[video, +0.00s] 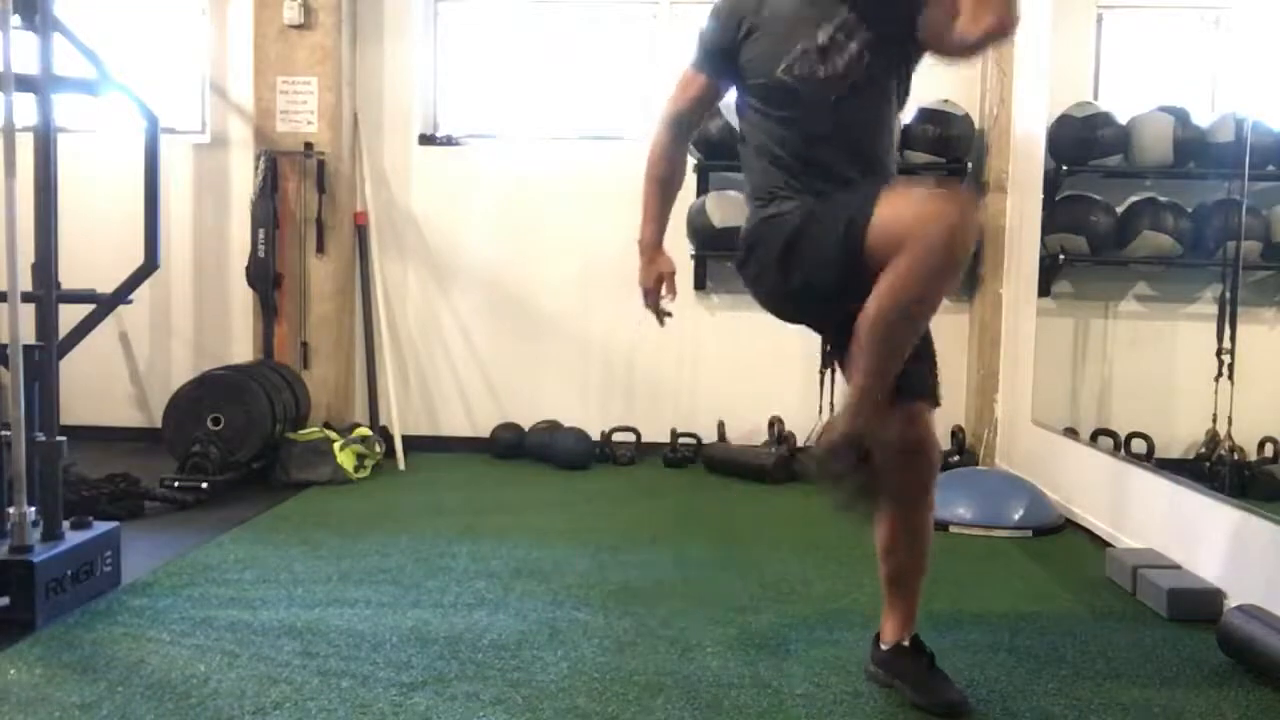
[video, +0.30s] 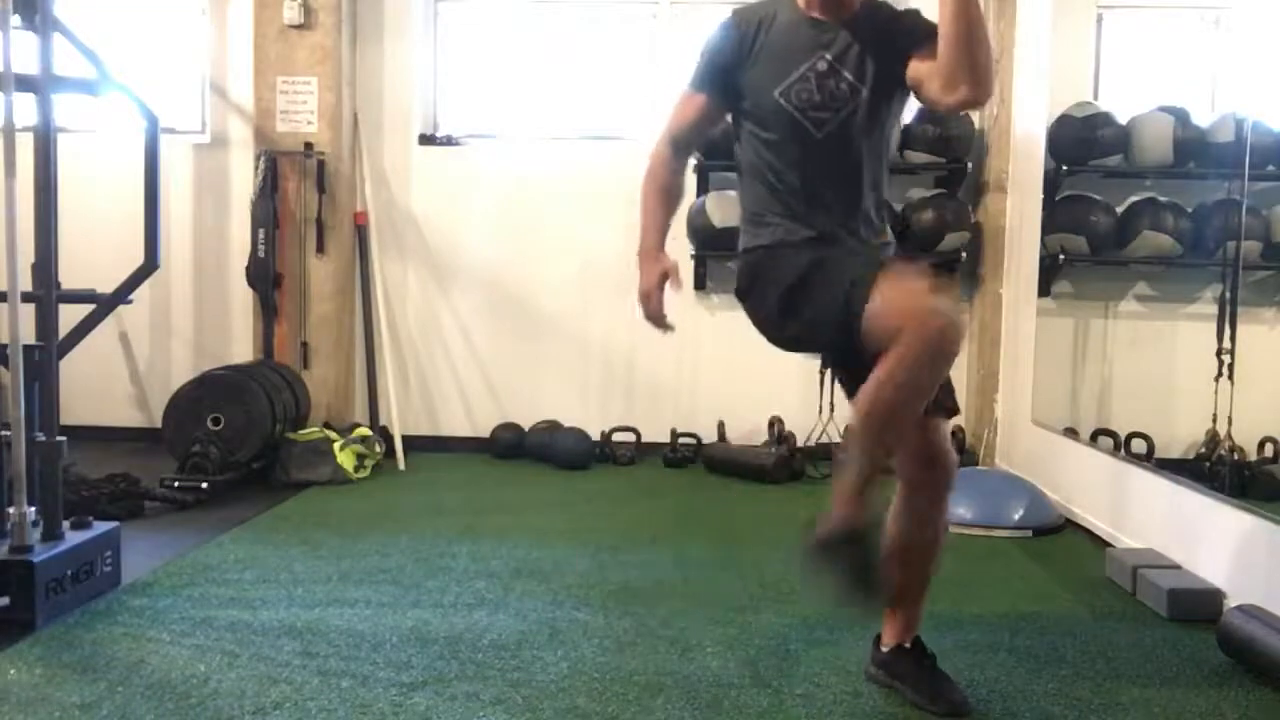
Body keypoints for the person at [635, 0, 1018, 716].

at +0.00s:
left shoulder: (903, 8)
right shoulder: (747, 11)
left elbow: (974, 26)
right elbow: (676, 122)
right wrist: (651, 243)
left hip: (875, 238)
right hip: (783, 231)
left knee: (909, 441)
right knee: (946, 213)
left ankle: (896, 643)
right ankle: (851, 428)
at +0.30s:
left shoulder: (890, 28)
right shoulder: (748, 29)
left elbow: (967, 86)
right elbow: (673, 144)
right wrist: (651, 248)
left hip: (866, 261)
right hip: (780, 256)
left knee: (931, 464)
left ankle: (897, 646)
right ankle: (841, 522)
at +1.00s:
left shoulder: (669, 24)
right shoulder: (524, 8)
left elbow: (707, 143)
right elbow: (413, 19)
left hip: (627, 262)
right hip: (527, 259)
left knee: (681, 466)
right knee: (462, 458)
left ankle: (719, 637)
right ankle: (419, 646)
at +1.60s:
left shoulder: (569, 19)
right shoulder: (417, 14)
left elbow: (666, 115)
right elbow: (327, 54)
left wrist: (739, 212)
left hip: (514, 247)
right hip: (436, 250)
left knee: (314, 166)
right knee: (370, 453)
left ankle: (344, 399)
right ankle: (414, 645)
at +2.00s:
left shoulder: (641, 9)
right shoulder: (476, 8)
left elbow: (748, 82)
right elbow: (356, 21)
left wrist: (798, 169)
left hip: (612, 267)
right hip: (515, 265)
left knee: (629, 465)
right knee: (459, 448)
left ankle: (667, 646)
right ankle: (427, 646)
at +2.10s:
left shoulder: (666, 7)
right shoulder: (506, 7)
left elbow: (761, 43)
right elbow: (400, 56)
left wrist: (797, 67)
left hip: (652, 252)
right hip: (553, 254)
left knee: (676, 453)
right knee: (515, 448)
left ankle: (682, 640)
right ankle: (525, 631)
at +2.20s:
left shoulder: (690, 9)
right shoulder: (534, 14)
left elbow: (822, 40)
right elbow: (435, 108)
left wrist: (854, 7)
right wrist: (499, 37)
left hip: (680, 261)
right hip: (579, 268)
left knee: (745, 440)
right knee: (557, 465)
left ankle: (766, 633)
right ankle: (551, 637)